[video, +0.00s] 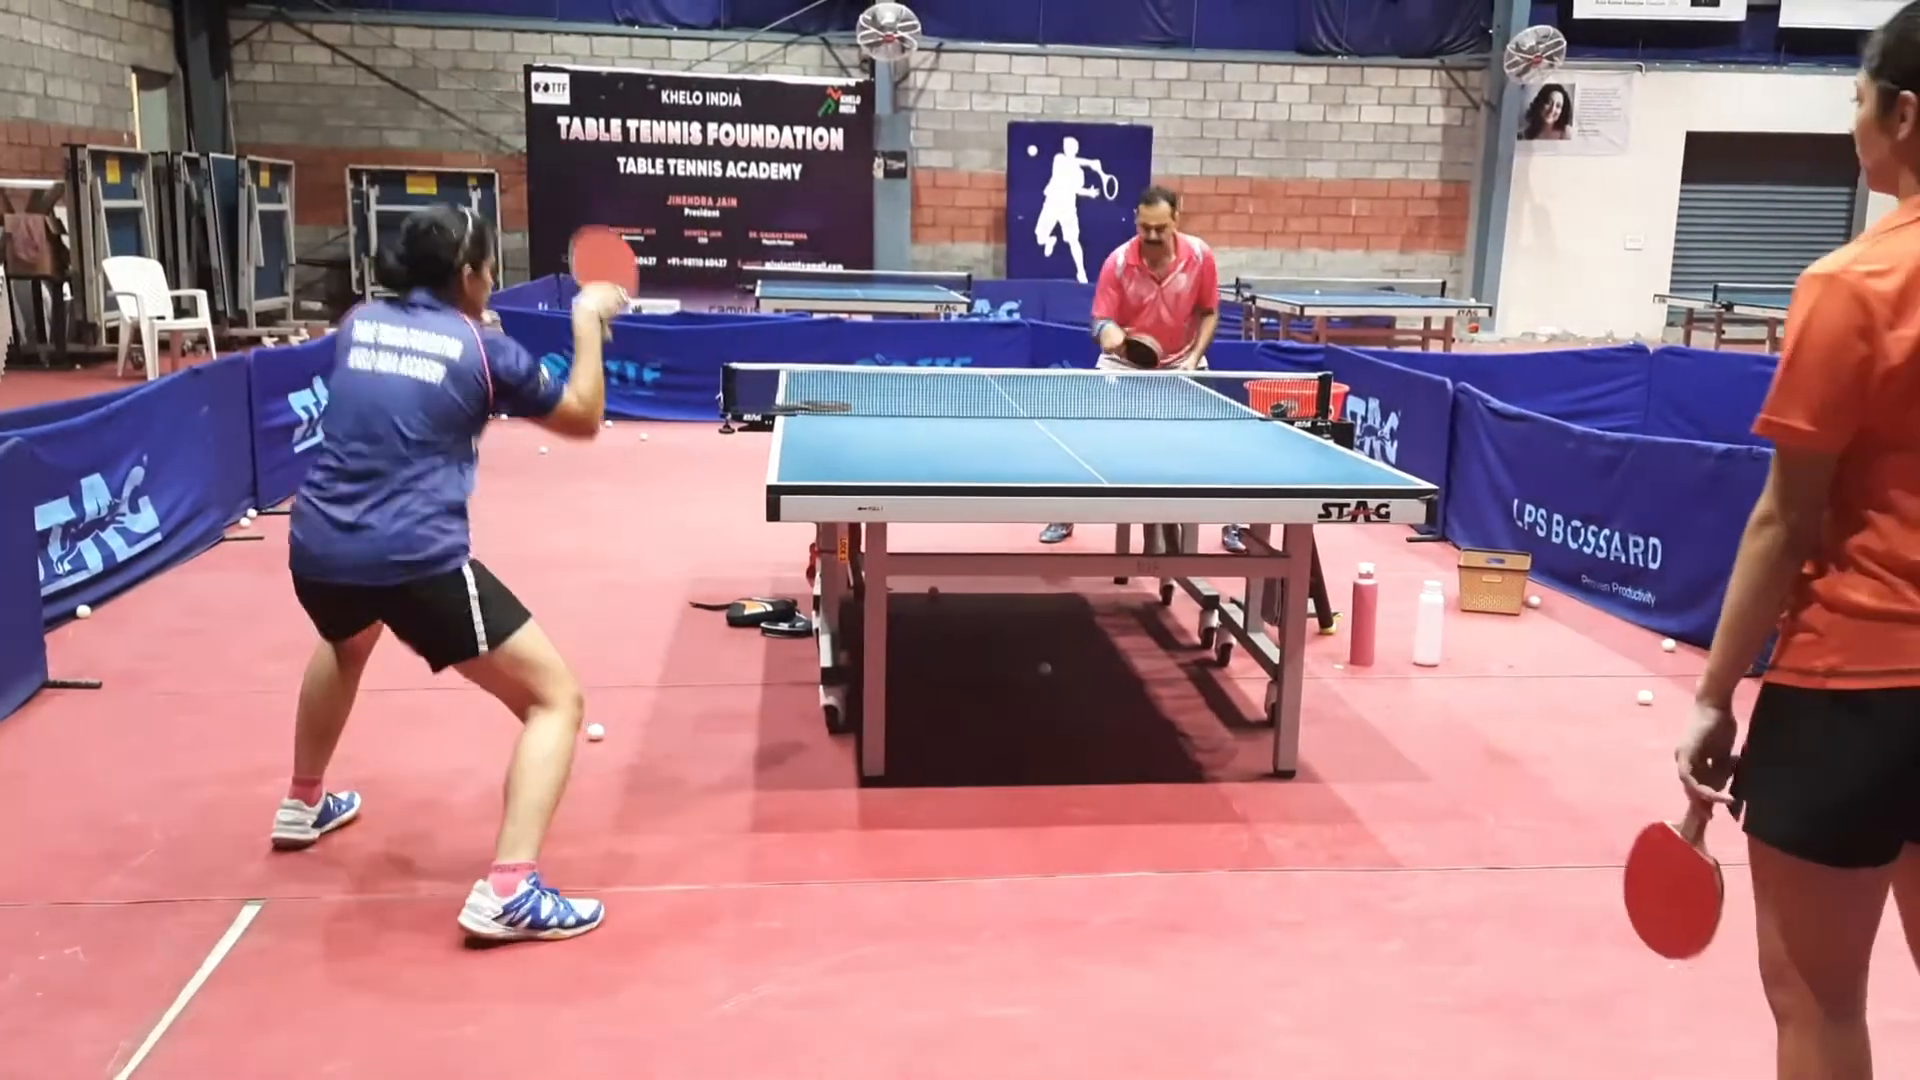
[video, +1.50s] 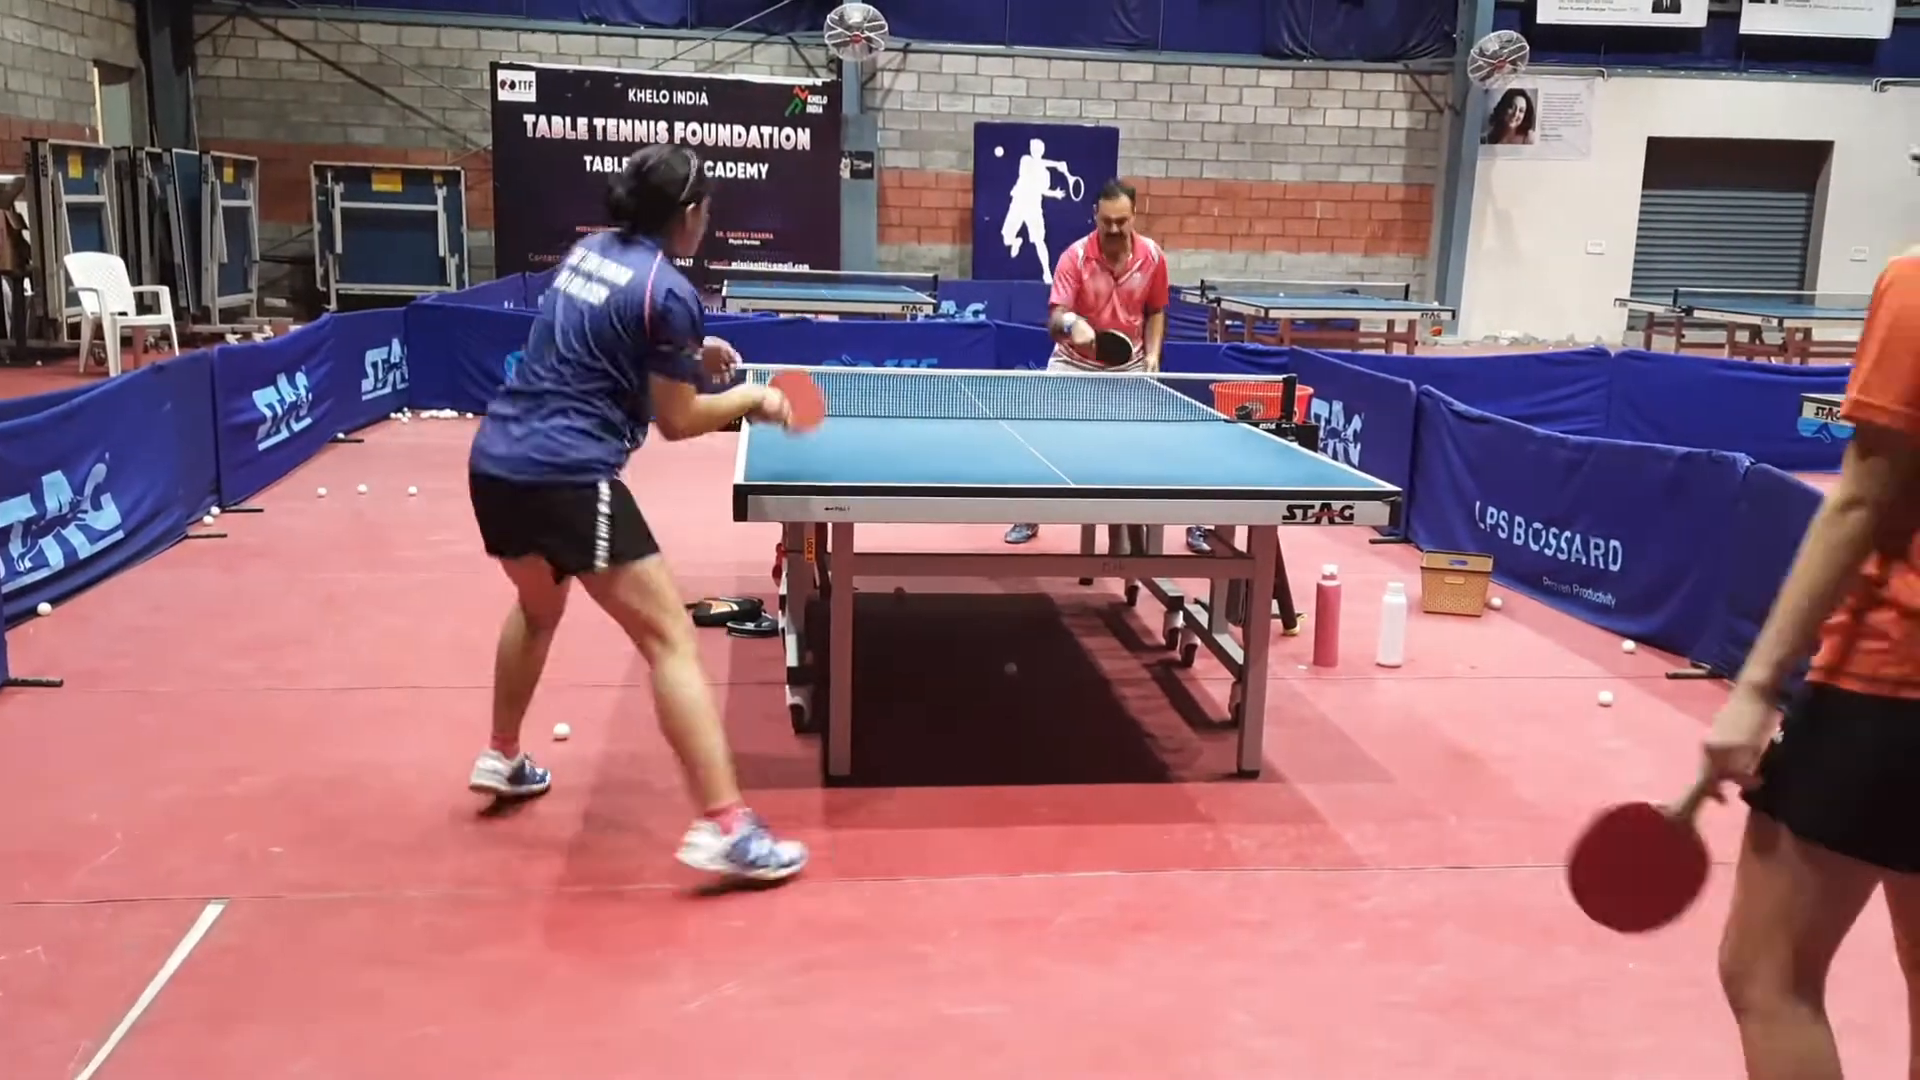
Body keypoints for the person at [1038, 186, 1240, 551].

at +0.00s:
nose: (1152, 236)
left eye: (1161, 228)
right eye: (1145, 228)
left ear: (1176, 220)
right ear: (1135, 222)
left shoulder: (1199, 256)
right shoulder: (1118, 262)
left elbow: (1210, 313)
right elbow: (1102, 318)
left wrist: (1195, 355)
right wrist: (1112, 335)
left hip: (1182, 365)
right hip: (1124, 365)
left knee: (1218, 433)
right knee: (1085, 427)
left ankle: (1232, 522)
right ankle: (1063, 514)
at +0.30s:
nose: (1169, 222)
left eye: (1178, 214)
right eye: (1162, 213)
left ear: (1191, 210)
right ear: (1151, 210)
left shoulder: (1209, 251)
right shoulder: (1132, 250)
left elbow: (1213, 307)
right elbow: (1112, 314)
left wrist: (1202, 355)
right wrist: (1125, 300)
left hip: (1181, 363)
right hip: (1123, 361)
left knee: (1206, 438)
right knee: (1086, 429)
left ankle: (1224, 522)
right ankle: (1056, 513)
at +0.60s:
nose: (1153, 224)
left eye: (1161, 217)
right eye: (1146, 215)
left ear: (1175, 216)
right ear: (1137, 214)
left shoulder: (1197, 261)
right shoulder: (1114, 259)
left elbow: (1205, 319)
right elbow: (1098, 317)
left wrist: (1192, 355)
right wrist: (1111, 330)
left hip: (1172, 369)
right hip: (1112, 366)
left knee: (1205, 437)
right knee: (1070, 428)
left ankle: (1217, 522)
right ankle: (1047, 516)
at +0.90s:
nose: (1129, 216)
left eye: (1137, 208)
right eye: (1122, 208)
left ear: (1152, 207)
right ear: (1112, 208)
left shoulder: (1175, 250)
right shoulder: (1094, 252)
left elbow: (1193, 308)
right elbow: (1071, 306)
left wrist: (1173, 339)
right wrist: (1071, 318)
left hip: (1160, 367)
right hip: (1099, 364)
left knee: (1189, 438)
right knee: (1062, 432)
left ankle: (1211, 521)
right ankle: (1039, 515)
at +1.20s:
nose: (1116, 235)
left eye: (1124, 227)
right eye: (1109, 227)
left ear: (1137, 224)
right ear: (1099, 223)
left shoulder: (1160, 259)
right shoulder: (1079, 264)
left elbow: (1172, 315)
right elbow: (1059, 317)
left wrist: (1159, 354)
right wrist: (1063, 337)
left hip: (1142, 366)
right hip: (1086, 366)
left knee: (1178, 432)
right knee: (1053, 429)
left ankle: (1203, 520)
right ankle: (1034, 515)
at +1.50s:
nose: (1114, 229)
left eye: (1121, 221)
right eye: (1107, 221)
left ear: (1133, 217)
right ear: (1095, 217)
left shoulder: (1151, 256)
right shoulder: (1075, 257)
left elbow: (1156, 311)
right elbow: (1055, 316)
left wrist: (1152, 355)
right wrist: (1073, 323)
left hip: (1131, 366)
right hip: (1072, 364)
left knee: (1168, 435)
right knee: (1039, 429)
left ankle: (1198, 520)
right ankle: (1028, 514)